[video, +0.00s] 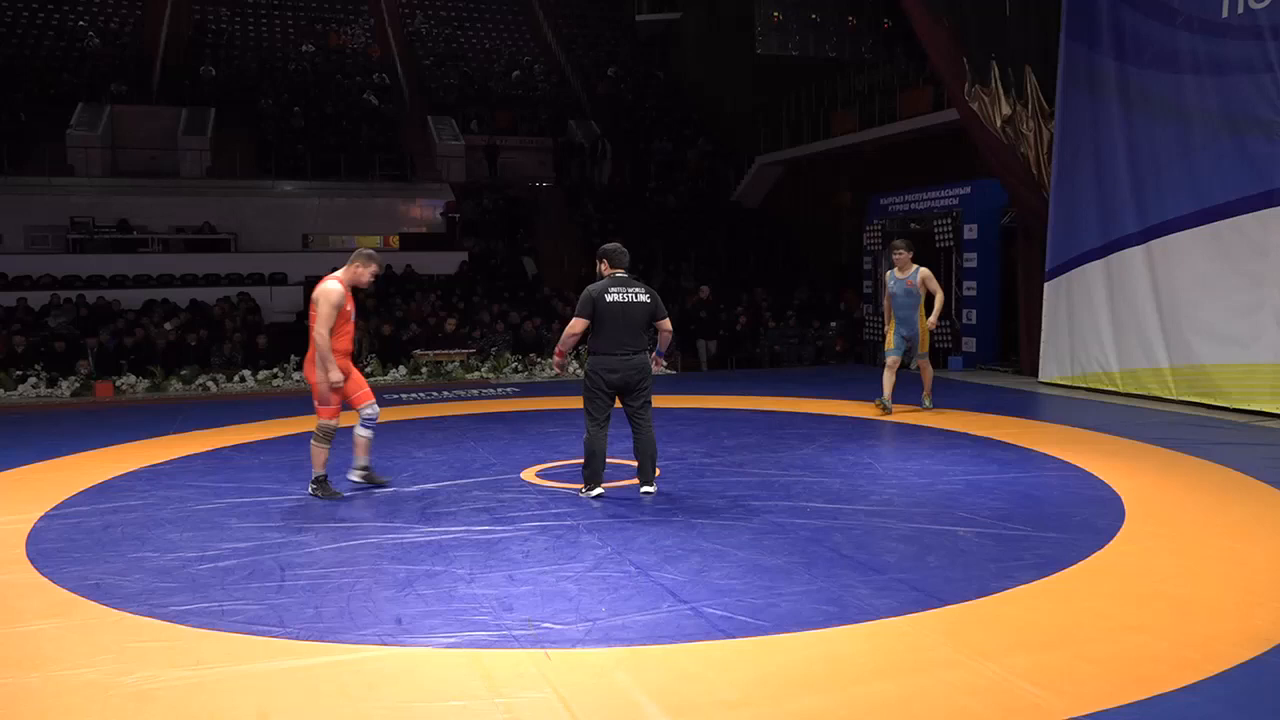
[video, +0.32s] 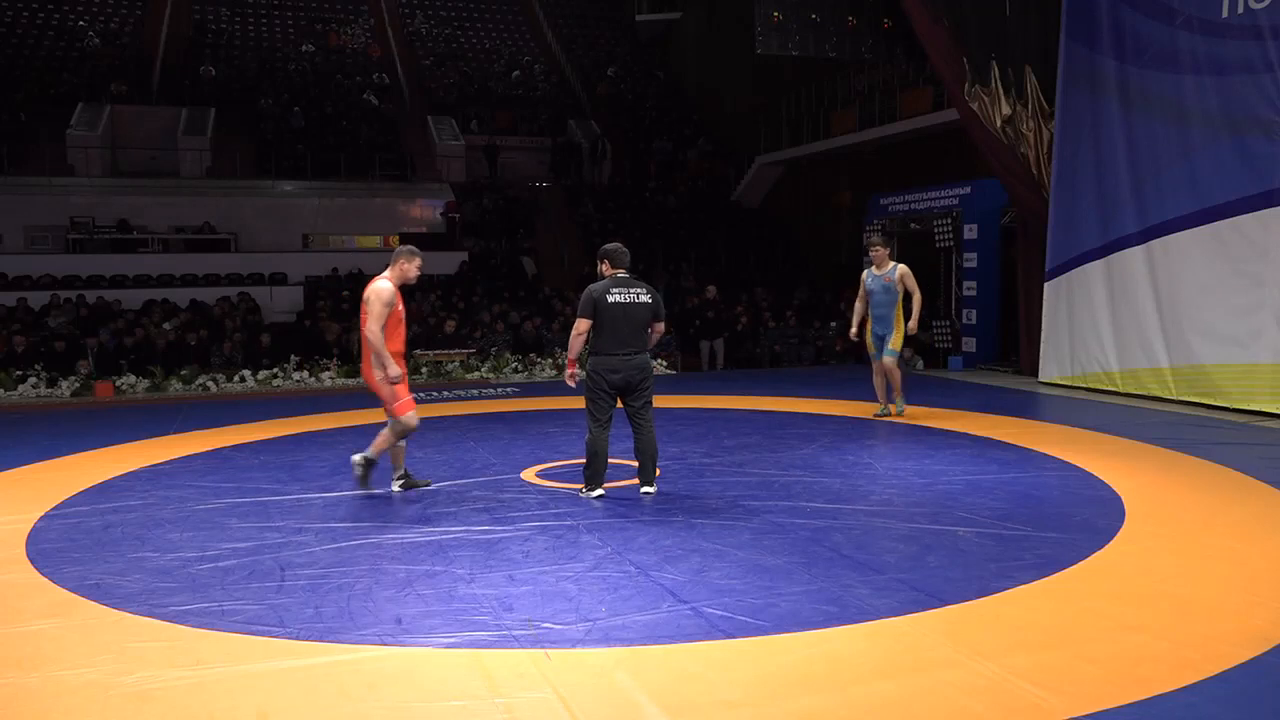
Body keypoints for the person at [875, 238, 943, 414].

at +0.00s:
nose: (896, 257)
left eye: (900, 254)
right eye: (894, 254)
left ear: (910, 255)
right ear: (892, 256)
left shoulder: (922, 273)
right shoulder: (889, 276)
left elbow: (939, 294)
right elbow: (887, 301)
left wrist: (934, 316)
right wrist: (887, 325)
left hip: (918, 326)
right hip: (896, 326)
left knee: (923, 362)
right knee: (891, 362)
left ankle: (927, 394)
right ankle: (886, 399)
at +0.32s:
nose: (873, 254)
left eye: (877, 251)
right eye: (871, 251)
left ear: (887, 251)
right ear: (868, 253)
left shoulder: (901, 270)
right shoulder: (866, 275)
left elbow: (915, 293)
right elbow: (860, 300)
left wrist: (914, 319)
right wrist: (855, 325)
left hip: (894, 326)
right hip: (873, 326)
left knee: (888, 362)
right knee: (877, 366)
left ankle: (898, 397)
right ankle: (883, 404)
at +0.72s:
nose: (847, 258)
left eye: (851, 254)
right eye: (845, 254)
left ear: (861, 255)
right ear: (843, 255)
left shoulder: (874, 278)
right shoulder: (839, 276)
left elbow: (885, 306)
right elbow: (830, 301)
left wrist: (887, 333)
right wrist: (821, 324)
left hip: (863, 331)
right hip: (843, 331)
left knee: (857, 373)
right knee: (843, 376)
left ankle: (856, 415)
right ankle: (867, 393)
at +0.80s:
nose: (839, 255)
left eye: (843, 252)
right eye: (837, 252)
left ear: (854, 253)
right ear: (835, 253)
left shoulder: (867, 275)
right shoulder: (833, 274)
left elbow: (879, 303)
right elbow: (827, 301)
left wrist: (878, 331)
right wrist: (821, 325)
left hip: (857, 332)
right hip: (836, 331)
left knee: (855, 373)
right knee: (829, 372)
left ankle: (856, 414)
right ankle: (853, 399)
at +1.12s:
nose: (804, 260)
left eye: (808, 256)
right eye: (802, 256)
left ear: (819, 256)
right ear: (799, 258)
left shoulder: (833, 277)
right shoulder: (800, 280)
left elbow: (848, 301)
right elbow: (803, 308)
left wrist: (843, 325)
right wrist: (800, 332)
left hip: (825, 338)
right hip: (802, 337)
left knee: (833, 380)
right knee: (794, 378)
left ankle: (849, 412)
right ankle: (791, 422)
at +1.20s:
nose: (794, 259)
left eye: (799, 255)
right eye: (792, 255)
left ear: (810, 254)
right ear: (790, 257)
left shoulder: (825, 276)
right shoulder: (791, 279)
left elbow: (839, 302)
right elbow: (791, 307)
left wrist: (834, 327)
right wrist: (790, 332)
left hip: (815, 338)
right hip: (792, 336)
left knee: (816, 383)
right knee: (788, 379)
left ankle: (837, 404)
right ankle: (790, 422)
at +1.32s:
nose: (782, 255)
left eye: (786, 251)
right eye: (780, 251)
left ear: (798, 250)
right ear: (778, 253)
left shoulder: (813, 272)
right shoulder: (779, 275)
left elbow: (826, 301)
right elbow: (774, 305)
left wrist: (822, 329)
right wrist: (769, 333)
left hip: (802, 335)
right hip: (781, 335)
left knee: (791, 375)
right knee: (783, 379)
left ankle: (810, 407)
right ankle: (790, 420)